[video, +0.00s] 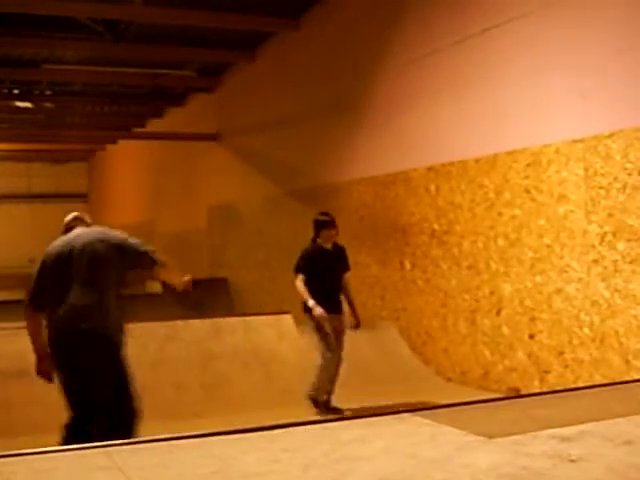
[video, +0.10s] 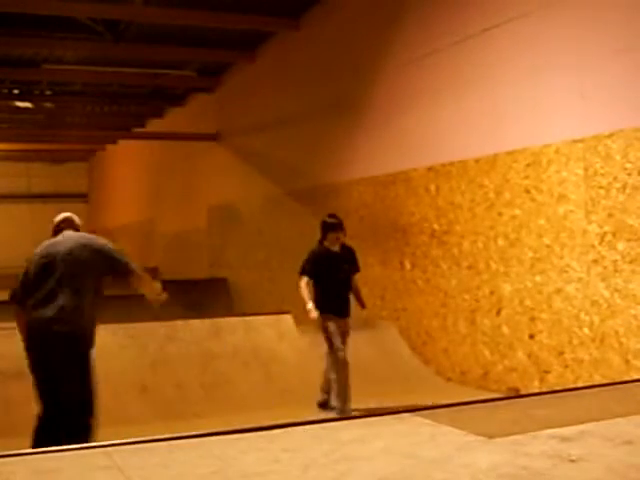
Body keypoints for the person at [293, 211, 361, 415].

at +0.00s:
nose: (333, 234)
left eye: (334, 229)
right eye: (329, 230)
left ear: (336, 231)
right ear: (319, 232)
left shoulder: (339, 252)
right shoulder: (309, 253)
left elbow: (344, 283)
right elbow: (299, 281)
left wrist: (354, 311)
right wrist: (313, 305)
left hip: (335, 307)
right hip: (317, 308)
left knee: (336, 352)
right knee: (330, 351)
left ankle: (326, 396)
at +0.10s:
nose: (337, 237)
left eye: (340, 233)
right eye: (334, 233)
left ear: (343, 233)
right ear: (325, 234)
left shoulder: (347, 253)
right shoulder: (316, 255)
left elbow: (352, 279)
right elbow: (304, 280)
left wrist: (360, 299)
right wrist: (309, 304)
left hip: (343, 308)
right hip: (325, 309)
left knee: (336, 353)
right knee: (338, 354)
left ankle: (325, 395)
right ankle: (341, 402)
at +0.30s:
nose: (353, 244)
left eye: (355, 239)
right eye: (349, 240)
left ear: (358, 239)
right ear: (340, 242)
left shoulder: (364, 258)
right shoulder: (333, 263)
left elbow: (371, 289)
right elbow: (324, 294)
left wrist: (383, 316)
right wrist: (324, 325)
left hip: (361, 318)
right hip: (343, 319)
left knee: (347, 361)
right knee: (360, 365)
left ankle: (327, 393)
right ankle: (367, 409)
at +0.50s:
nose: (366, 237)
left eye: (368, 232)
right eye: (361, 233)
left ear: (372, 232)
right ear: (353, 235)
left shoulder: (380, 251)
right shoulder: (347, 257)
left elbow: (385, 284)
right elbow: (345, 291)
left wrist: (393, 313)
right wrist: (353, 321)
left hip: (381, 319)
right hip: (362, 321)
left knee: (388, 364)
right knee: (368, 368)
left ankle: (357, 388)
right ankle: (369, 409)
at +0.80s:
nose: (393, 238)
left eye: (396, 233)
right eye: (389, 233)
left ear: (399, 233)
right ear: (379, 234)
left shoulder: (406, 253)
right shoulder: (371, 257)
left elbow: (410, 285)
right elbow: (362, 291)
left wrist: (414, 317)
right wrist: (376, 320)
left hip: (405, 321)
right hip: (380, 323)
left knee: (417, 372)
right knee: (372, 375)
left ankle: (430, 409)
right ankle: (369, 415)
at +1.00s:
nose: (419, 236)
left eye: (421, 231)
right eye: (415, 231)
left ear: (424, 231)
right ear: (405, 231)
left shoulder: (429, 254)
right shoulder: (394, 256)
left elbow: (434, 287)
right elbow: (387, 291)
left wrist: (441, 320)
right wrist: (389, 327)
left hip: (432, 324)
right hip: (406, 327)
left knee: (443, 377)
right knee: (392, 380)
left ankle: (441, 420)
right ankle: (370, 418)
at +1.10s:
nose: (432, 233)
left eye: (434, 228)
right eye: (428, 228)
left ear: (437, 228)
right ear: (417, 228)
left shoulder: (442, 251)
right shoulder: (403, 254)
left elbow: (448, 286)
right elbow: (396, 291)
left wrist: (455, 319)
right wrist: (398, 326)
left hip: (442, 322)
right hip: (417, 324)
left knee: (448, 376)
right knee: (417, 376)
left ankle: (443, 416)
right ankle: (393, 401)